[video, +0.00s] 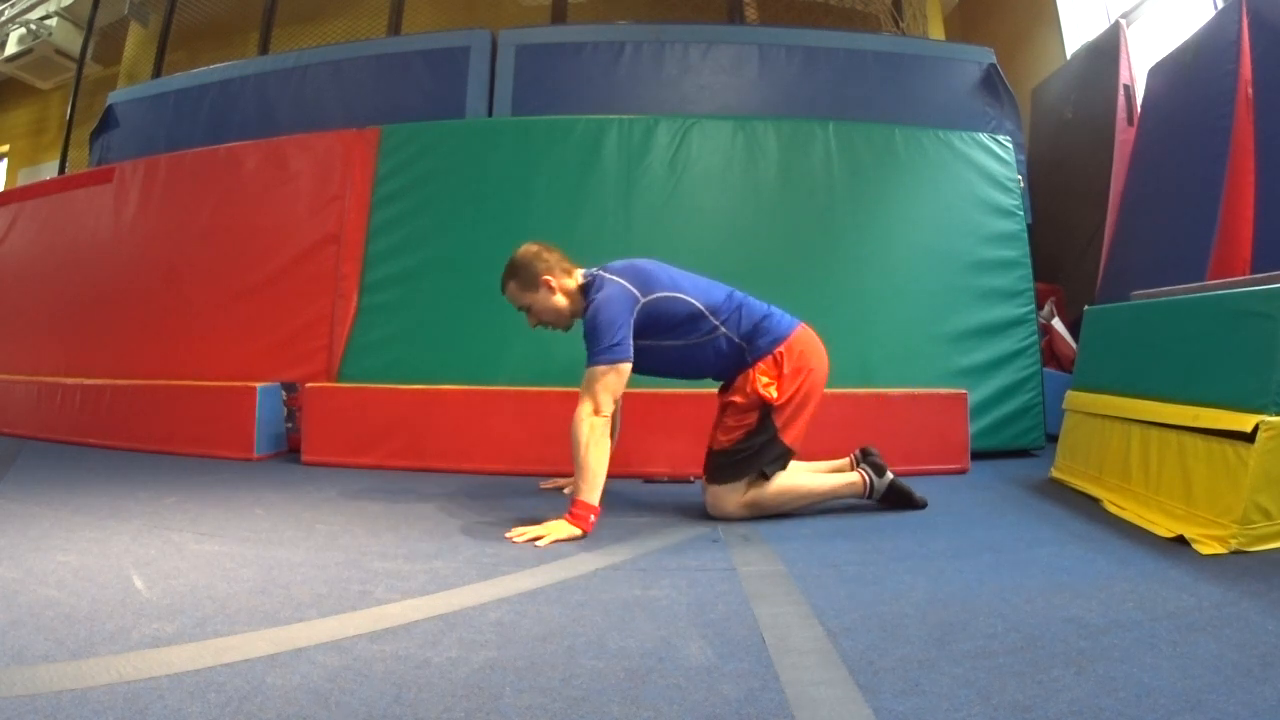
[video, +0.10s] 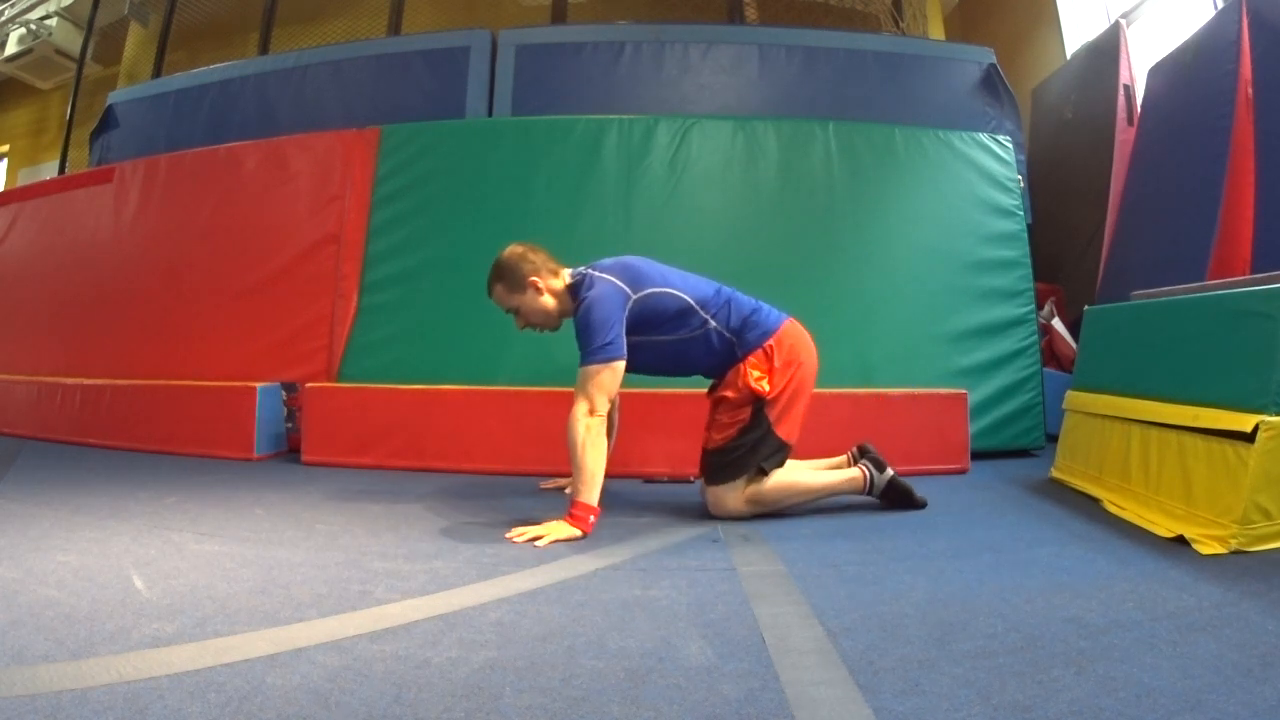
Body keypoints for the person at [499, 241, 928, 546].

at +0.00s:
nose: (530, 322)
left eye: (526, 309)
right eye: (523, 313)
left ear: (554, 286)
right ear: (557, 283)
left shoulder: (610, 299)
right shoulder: (606, 289)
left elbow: (594, 410)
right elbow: (605, 401)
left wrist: (582, 516)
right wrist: (588, 473)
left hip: (779, 357)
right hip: (775, 352)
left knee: (726, 500)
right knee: (737, 482)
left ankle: (862, 483)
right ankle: (855, 469)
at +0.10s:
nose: (520, 324)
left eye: (515, 311)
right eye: (512, 316)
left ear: (542, 285)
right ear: (544, 283)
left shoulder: (601, 297)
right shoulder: (594, 289)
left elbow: (592, 410)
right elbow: (601, 403)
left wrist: (582, 516)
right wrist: (586, 476)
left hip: (770, 351)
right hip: (761, 350)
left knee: (727, 499)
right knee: (734, 484)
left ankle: (864, 478)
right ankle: (853, 465)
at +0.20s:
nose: (511, 325)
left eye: (506, 313)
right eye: (503, 318)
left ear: (532, 285)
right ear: (535, 282)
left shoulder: (592, 294)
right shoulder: (586, 288)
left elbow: (587, 409)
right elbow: (597, 400)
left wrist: (582, 517)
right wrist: (586, 477)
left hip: (762, 347)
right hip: (742, 352)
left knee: (735, 498)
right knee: (723, 490)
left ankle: (866, 464)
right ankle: (857, 461)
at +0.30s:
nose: (503, 326)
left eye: (498, 315)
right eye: (495, 319)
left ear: (524, 287)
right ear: (526, 286)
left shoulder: (584, 293)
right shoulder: (575, 291)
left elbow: (582, 408)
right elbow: (594, 401)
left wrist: (579, 517)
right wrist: (585, 477)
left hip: (756, 343)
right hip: (722, 360)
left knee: (758, 496)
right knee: (718, 491)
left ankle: (879, 452)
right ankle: (854, 464)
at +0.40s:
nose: (500, 330)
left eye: (494, 318)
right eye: (491, 323)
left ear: (518, 289)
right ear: (518, 289)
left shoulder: (579, 293)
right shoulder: (565, 296)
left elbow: (581, 408)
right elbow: (592, 404)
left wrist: (578, 518)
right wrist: (585, 475)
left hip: (752, 343)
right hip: (712, 367)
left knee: (785, 493)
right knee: (721, 491)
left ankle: (906, 441)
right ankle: (853, 468)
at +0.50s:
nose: (498, 334)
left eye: (491, 323)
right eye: (488, 327)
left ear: (511, 292)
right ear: (513, 288)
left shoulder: (572, 294)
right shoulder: (564, 293)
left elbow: (577, 409)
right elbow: (592, 407)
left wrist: (577, 518)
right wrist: (586, 476)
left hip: (749, 344)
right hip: (710, 368)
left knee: (812, 478)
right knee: (718, 488)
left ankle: (934, 435)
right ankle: (848, 467)